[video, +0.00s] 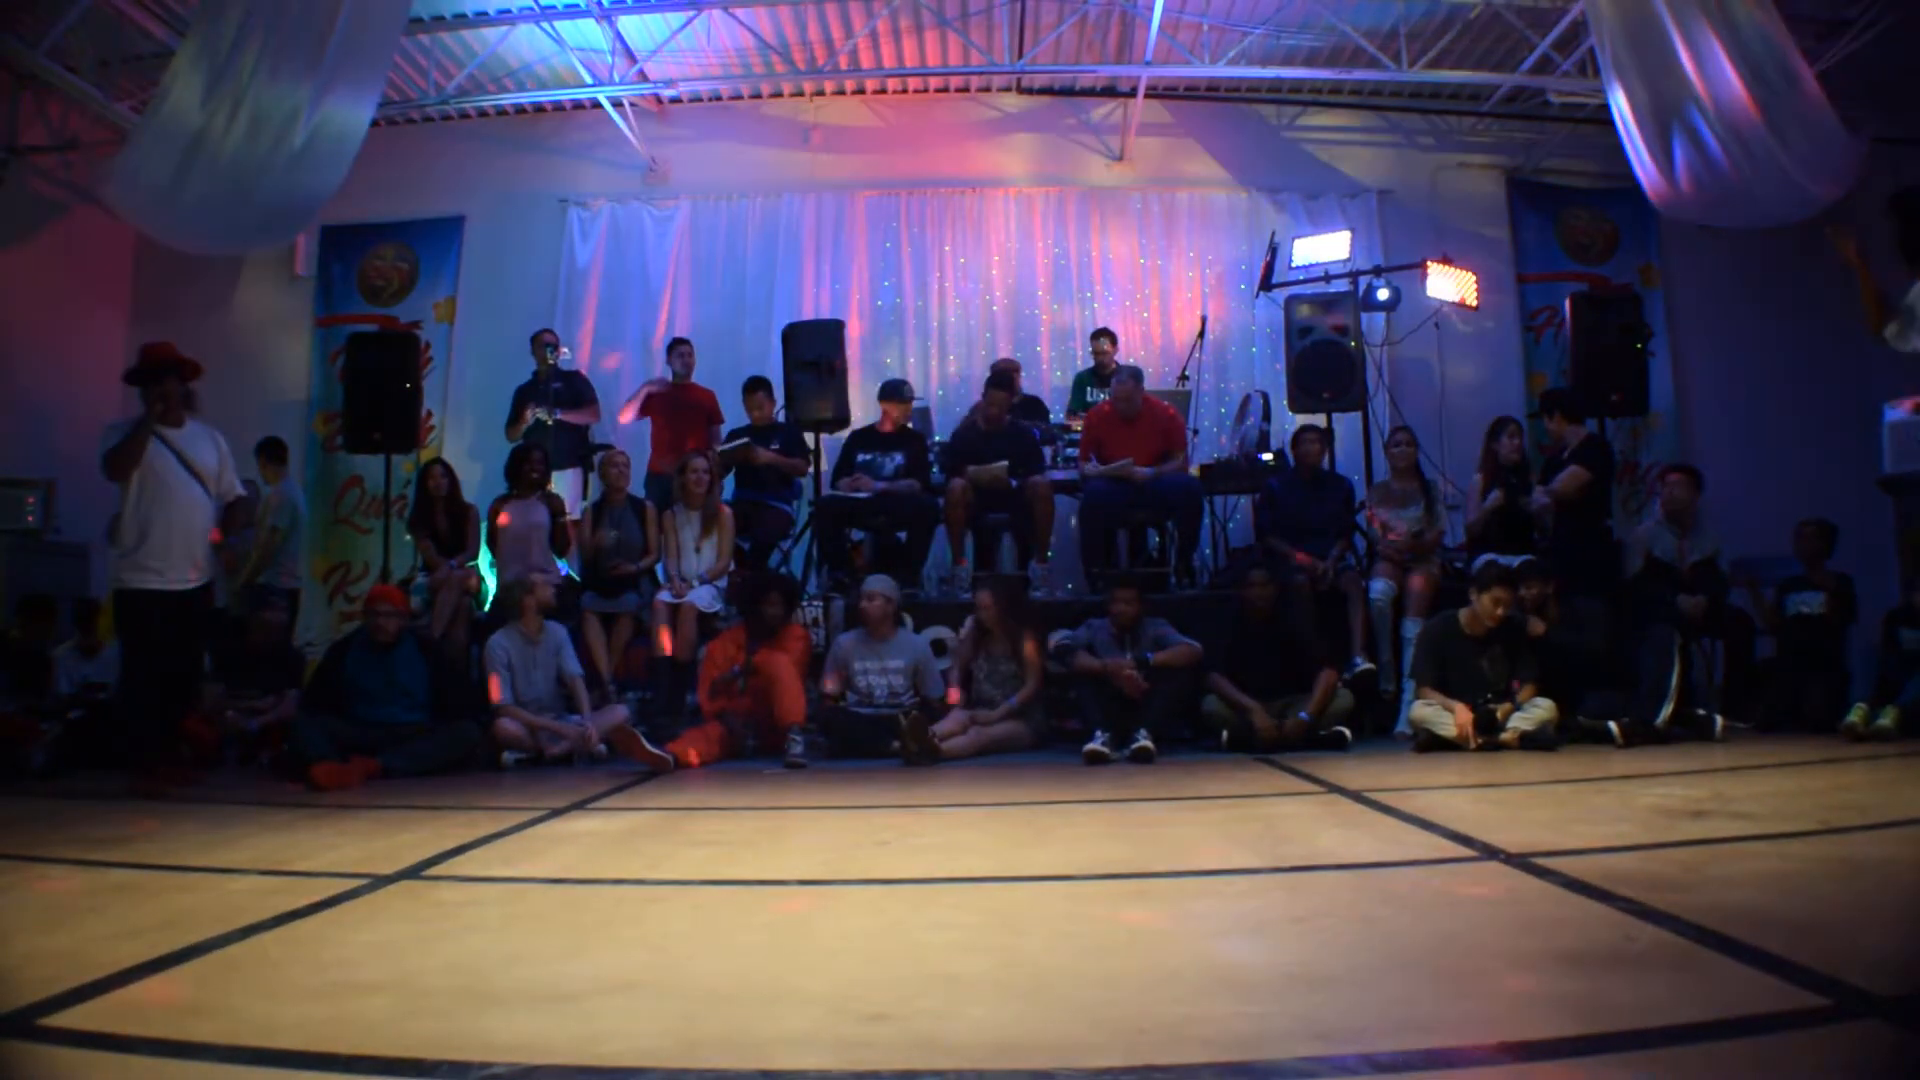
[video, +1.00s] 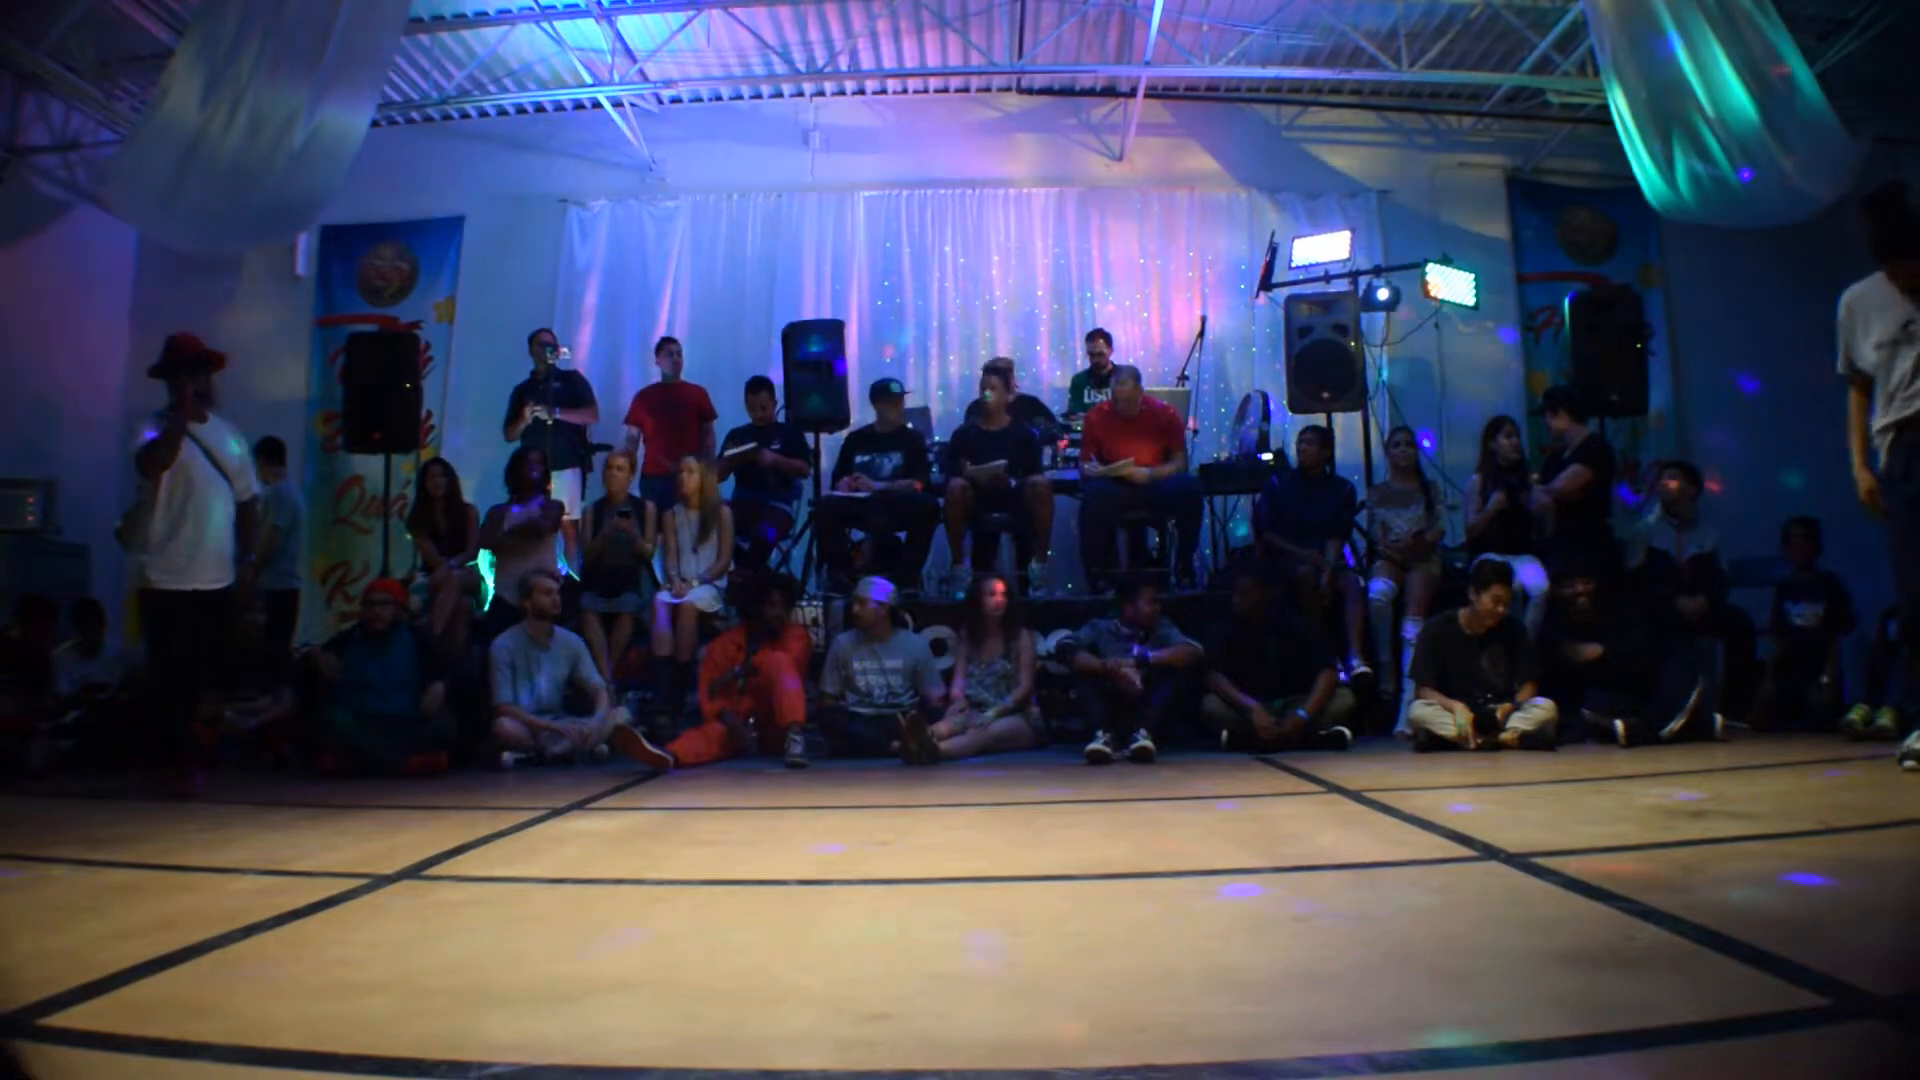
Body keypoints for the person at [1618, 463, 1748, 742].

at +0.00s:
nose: (1669, 494)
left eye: (1677, 488)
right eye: (1666, 488)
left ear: (1694, 496)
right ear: (1660, 494)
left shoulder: (1707, 536)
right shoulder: (1646, 535)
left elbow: (1718, 579)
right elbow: (1640, 582)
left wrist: (1706, 601)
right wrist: (1675, 601)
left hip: (1699, 611)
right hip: (1661, 609)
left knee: (1740, 623)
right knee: (1670, 633)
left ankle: (1736, 706)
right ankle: (1666, 709)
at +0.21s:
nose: (1670, 491)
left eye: (1678, 484)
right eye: (1667, 484)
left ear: (1694, 493)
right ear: (1660, 491)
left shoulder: (1706, 535)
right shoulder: (1648, 534)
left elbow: (1721, 578)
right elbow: (1642, 582)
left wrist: (1707, 599)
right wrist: (1676, 601)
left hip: (1701, 609)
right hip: (1662, 609)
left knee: (1741, 624)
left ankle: (1736, 707)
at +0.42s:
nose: (1666, 489)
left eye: (1674, 483)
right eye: (1662, 483)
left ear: (1690, 490)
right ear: (1657, 490)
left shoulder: (1704, 534)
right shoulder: (1646, 531)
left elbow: (1718, 576)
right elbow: (1639, 578)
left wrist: (1704, 599)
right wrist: (1673, 599)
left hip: (1699, 608)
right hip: (1660, 606)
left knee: (1738, 625)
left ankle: (1727, 708)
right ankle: (1654, 713)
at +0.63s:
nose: (1666, 488)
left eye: (1674, 482)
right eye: (1663, 481)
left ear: (1691, 491)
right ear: (1657, 488)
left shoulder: (1704, 533)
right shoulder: (1645, 529)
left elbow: (1716, 578)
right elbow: (1639, 578)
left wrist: (1704, 600)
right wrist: (1674, 599)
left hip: (1696, 612)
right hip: (1656, 610)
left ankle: (1706, 714)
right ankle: (1661, 716)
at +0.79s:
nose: (1663, 486)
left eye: (1671, 481)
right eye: (1661, 480)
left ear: (1691, 490)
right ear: (1656, 488)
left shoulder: (1706, 534)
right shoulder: (1644, 531)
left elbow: (1719, 579)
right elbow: (1640, 579)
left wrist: (1704, 600)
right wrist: (1674, 599)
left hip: (1699, 613)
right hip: (1658, 611)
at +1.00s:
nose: (1665, 487)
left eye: (1673, 480)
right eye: (1662, 481)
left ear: (1692, 490)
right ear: (1657, 489)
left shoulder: (1707, 533)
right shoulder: (1647, 530)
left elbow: (1719, 577)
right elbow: (1639, 580)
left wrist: (1705, 599)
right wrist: (1671, 600)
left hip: (1700, 609)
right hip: (1661, 609)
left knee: (1739, 624)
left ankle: (1727, 709)